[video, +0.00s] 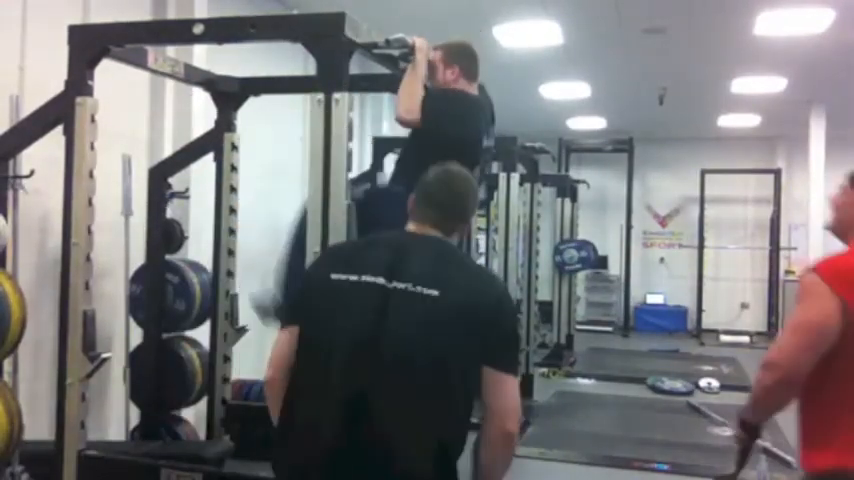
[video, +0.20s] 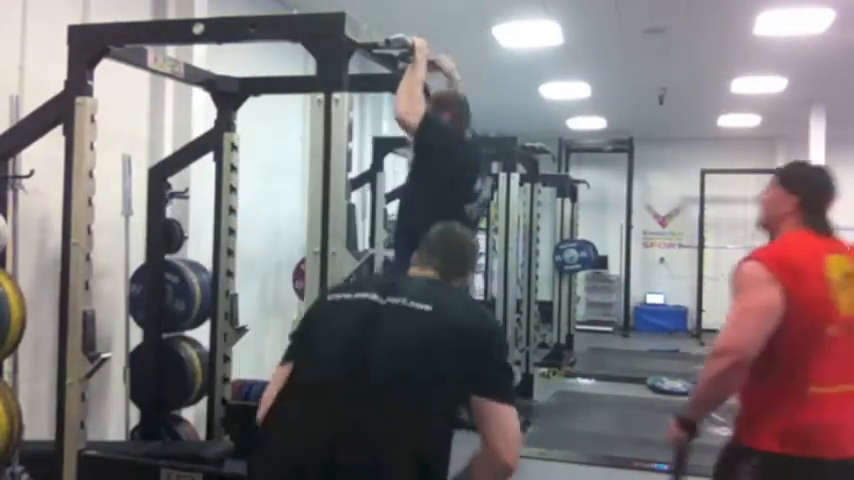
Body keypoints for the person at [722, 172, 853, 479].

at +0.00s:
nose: (834, 198)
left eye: (843, 188)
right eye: (840, 188)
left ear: (853, 199)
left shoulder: (834, 275)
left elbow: (784, 368)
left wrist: (751, 419)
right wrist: (753, 418)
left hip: (837, 462)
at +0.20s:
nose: (762, 196)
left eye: (771, 188)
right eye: (767, 187)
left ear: (792, 200)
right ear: (818, 204)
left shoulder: (768, 265)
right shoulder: (845, 256)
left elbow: (736, 352)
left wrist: (688, 419)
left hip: (776, 449)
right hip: (843, 450)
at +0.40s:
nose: (688, 211)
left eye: (694, 202)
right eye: (690, 203)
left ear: (713, 212)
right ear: (743, 213)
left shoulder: (691, 280)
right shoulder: (775, 274)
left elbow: (659, 366)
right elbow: (770, 353)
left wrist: (614, 428)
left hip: (695, 449)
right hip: (757, 449)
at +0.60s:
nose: (635, 203)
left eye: (639, 194)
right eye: (636, 194)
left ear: (655, 200)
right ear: (684, 198)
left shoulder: (638, 260)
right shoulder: (724, 251)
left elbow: (592, 335)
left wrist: (559, 371)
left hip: (649, 421)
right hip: (705, 418)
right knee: (675, 473)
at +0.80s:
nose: (604, 205)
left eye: (608, 197)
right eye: (605, 197)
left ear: (628, 201)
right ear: (653, 199)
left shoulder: (615, 259)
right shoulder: (690, 252)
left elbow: (557, 324)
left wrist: (522, 336)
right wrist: (583, 329)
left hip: (628, 414)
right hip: (675, 410)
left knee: (615, 474)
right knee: (647, 473)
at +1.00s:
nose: (588, 207)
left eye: (593, 200)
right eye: (590, 200)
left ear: (615, 205)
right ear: (628, 205)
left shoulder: (614, 258)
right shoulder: (661, 247)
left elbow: (570, 331)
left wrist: (530, 341)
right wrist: (569, 346)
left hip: (618, 409)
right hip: (652, 405)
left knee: (602, 473)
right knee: (635, 473)